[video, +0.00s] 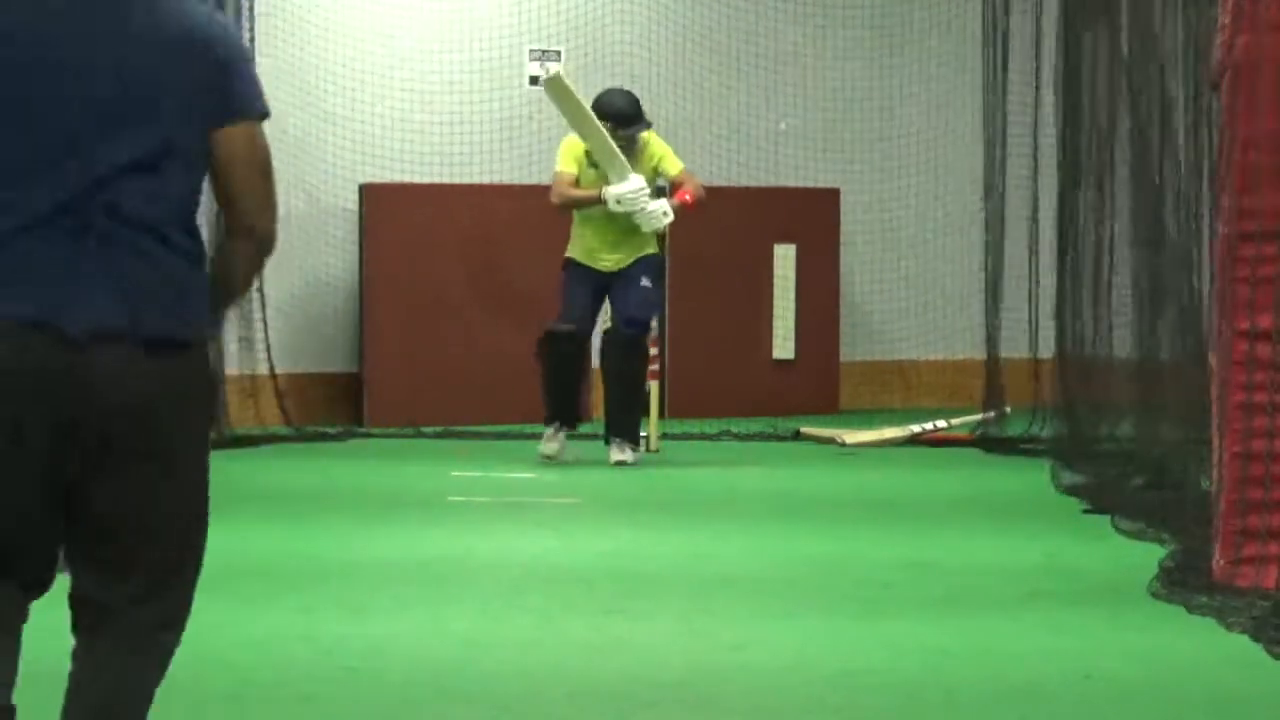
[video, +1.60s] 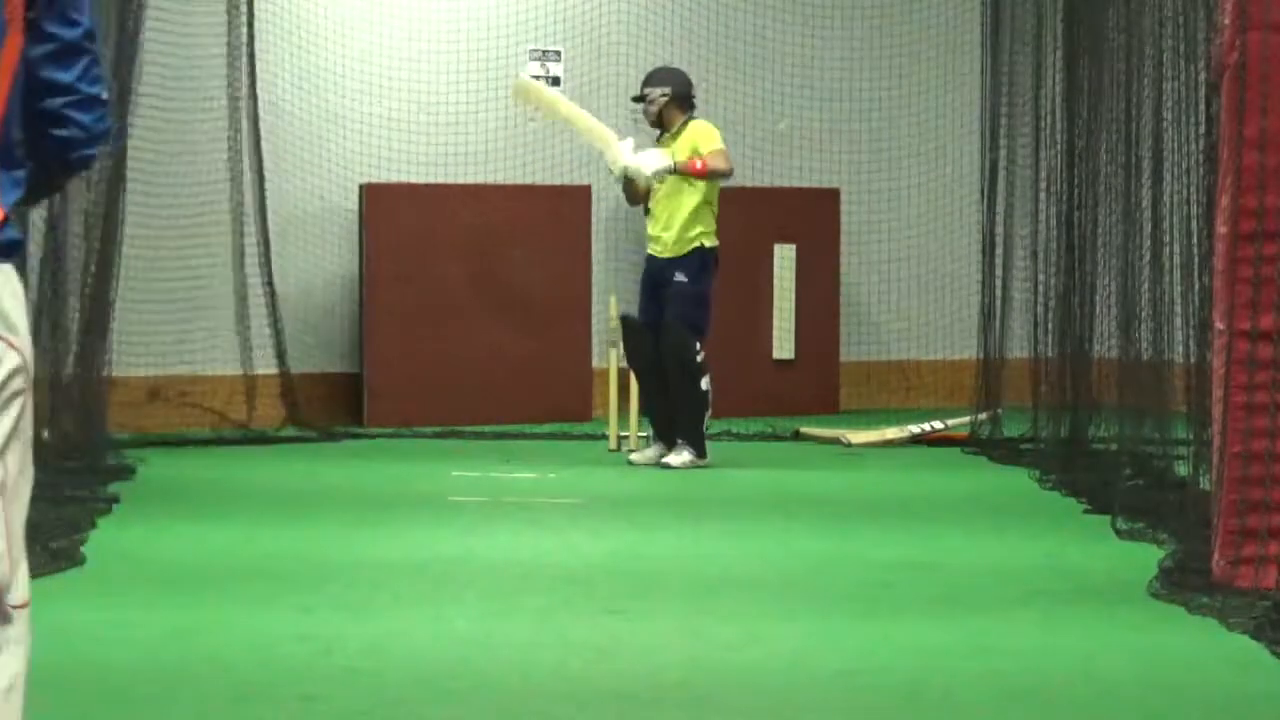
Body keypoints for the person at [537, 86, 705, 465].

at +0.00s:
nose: (629, 141)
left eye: (633, 134)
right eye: (621, 136)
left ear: (639, 127)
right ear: (601, 129)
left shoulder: (649, 145)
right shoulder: (576, 145)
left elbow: (693, 185)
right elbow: (559, 194)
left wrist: (671, 204)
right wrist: (606, 194)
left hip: (638, 257)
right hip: (586, 257)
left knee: (630, 337)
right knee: (569, 336)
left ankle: (623, 439)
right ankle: (559, 424)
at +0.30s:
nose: (627, 128)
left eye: (630, 121)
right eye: (620, 121)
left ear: (631, 119)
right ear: (596, 116)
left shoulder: (637, 145)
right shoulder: (565, 147)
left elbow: (662, 189)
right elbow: (557, 210)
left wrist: (661, 214)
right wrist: (608, 216)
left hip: (626, 261)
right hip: (576, 261)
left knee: (634, 342)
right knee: (568, 345)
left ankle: (623, 427)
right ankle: (551, 443)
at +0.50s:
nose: (620, 169)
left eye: (627, 160)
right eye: (612, 161)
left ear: (641, 160)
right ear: (602, 163)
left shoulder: (654, 198)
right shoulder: (620, 188)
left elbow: (663, 269)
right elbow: (633, 225)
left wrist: (642, 281)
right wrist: (628, 248)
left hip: (709, 257)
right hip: (681, 260)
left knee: (664, 342)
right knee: (642, 340)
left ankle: (679, 448)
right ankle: (664, 440)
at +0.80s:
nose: (633, 138)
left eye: (641, 131)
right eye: (626, 131)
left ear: (654, 133)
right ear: (615, 135)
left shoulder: (669, 165)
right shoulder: (618, 170)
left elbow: (667, 225)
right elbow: (615, 207)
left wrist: (624, 235)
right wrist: (606, 211)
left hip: (691, 259)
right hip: (652, 264)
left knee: (650, 336)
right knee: (622, 341)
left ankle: (666, 443)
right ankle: (655, 436)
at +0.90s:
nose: (638, 115)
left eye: (646, 107)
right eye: (631, 107)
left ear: (662, 108)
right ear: (621, 109)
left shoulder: (680, 138)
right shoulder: (619, 143)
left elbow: (683, 172)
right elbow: (616, 201)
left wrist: (632, 177)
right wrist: (606, 188)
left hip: (679, 250)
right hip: (639, 255)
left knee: (657, 338)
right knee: (625, 343)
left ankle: (669, 443)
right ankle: (654, 438)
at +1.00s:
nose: (639, 95)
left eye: (647, 87)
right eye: (634, 88)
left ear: (668, 88)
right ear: (627, 90)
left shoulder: (683, 121)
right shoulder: (626, 130)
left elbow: (691, 113)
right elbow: (608, 175)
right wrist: (596, 141)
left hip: (678, 234)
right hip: (641, 237)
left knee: (669, 335)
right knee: (636, 332)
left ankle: (673, 438)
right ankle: (651, 434)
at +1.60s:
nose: (645, 108)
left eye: (650, 100)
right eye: (644, 101)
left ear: (671, 98)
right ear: (662, 102)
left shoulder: (699, 131)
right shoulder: (658, 146)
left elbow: (723, 166)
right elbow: (637, 198)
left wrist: (672, 166)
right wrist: (626, 169)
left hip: (691, 254)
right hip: (658, 255)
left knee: (679, 345)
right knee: (648, 344)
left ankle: (691, 444)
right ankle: (664, 438)